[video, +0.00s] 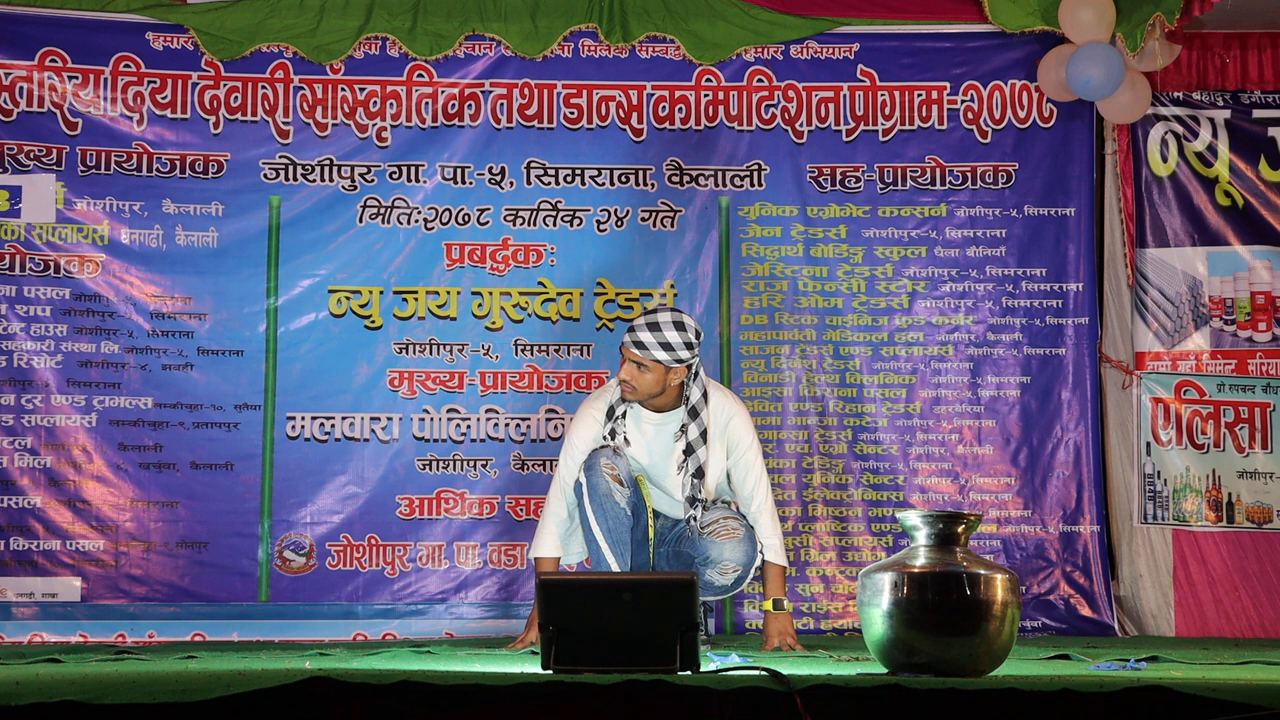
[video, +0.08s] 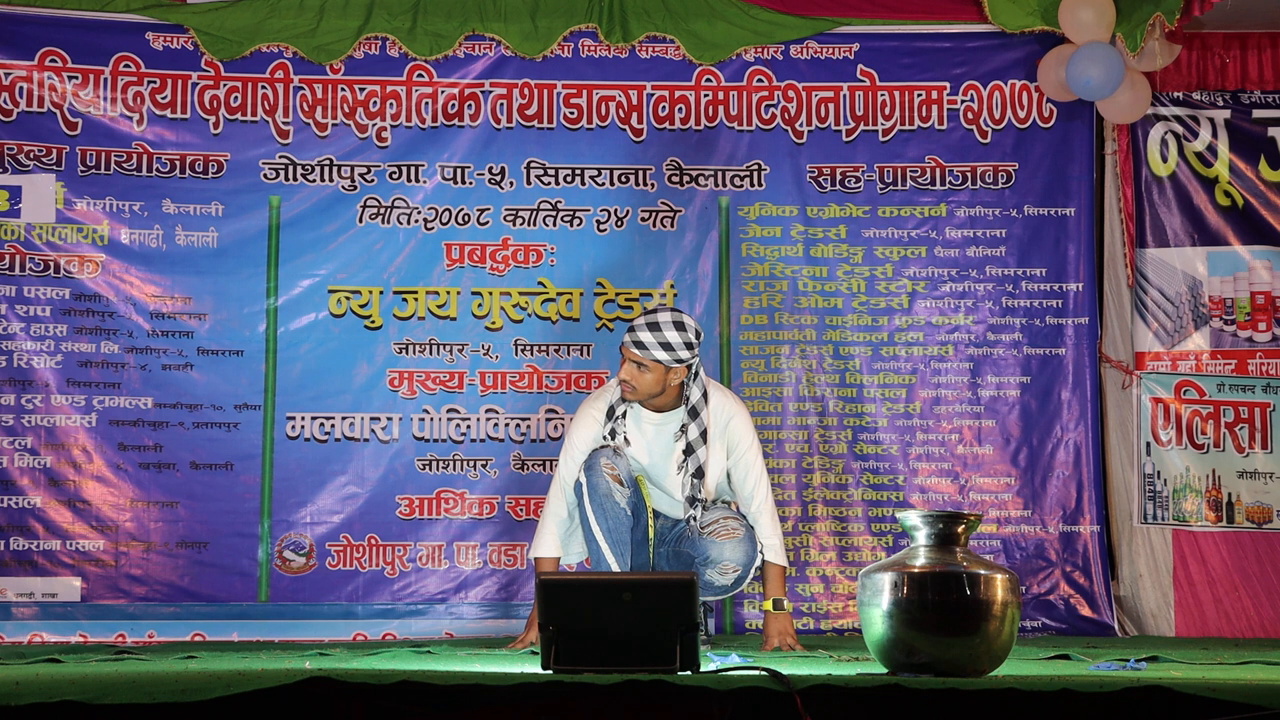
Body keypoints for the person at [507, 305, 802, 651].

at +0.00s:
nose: (622, 374)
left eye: (639, 367)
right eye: (623, 360)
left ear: (677, 374)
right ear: (621, 355)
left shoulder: (726, 414)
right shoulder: (598, 411)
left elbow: (761, 508)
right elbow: (558, 506)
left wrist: (777, 609)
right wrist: (541, 608)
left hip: (692, 539)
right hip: (628, 532)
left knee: (733, 546)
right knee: (603, 463)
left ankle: (688, 610)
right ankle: (621, 607)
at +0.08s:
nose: (622, 374)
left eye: (639, 367)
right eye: (623, 360)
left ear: (677, 374)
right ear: (621, 355)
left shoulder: (726, 414)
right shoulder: (598, 411)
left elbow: (761, 508)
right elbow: (558, 505)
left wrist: (777, 609)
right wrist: (541, 608)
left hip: (691, 539)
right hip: (628, 532)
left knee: (733, 547)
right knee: (603, 463)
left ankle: (688, 610)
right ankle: (621, 607)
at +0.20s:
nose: (623, 374)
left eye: (639, 367)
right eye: (623, 360)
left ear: (677, 374)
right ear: (621, 355)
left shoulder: (727, 414)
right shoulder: (598, 411)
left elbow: (761, 508)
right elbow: (558, 505)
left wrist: (777, 609)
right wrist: (541, 608)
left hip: (691, 539)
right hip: (628, 532)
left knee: (733, 546)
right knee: (603, 463)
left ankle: (688, 610)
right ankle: (621, 607)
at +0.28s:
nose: (623, 374)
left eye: (639, 367)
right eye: (623, 360)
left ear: (678, 374)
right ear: (621, 355)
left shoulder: (727, 414)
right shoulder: (598, 411)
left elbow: (761, 508)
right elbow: (558, 505)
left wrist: (777, 609)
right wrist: (541, 608)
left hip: (691, 540)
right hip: (628, 532)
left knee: (733, 546)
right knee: (603, 463)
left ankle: (688, 610)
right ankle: (621, 607)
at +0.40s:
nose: (623, 375)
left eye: (639, 368)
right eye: (624, 360)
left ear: (678, 374)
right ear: (621, 355)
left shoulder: (727, 414)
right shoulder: (598, 411)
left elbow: (761, 508)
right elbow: (558, 505)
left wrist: (777, 609)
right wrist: (541, 608)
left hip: (691, 539)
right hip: (628, 531)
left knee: (733, 547)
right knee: (603, 463)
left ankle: (688, 610)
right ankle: (620, 607)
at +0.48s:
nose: (623, 375)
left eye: (640, 368)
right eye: (624, 360)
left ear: (678, 374)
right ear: (621, 355)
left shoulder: (727, 414)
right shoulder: (598, 411)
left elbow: (761, 508)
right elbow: (558, 505)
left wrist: (777, 609)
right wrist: (541, 608)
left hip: (691, 540)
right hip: (628, 532)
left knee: (733, 546)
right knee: (604, 463)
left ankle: (688, 610)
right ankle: (620, 607)